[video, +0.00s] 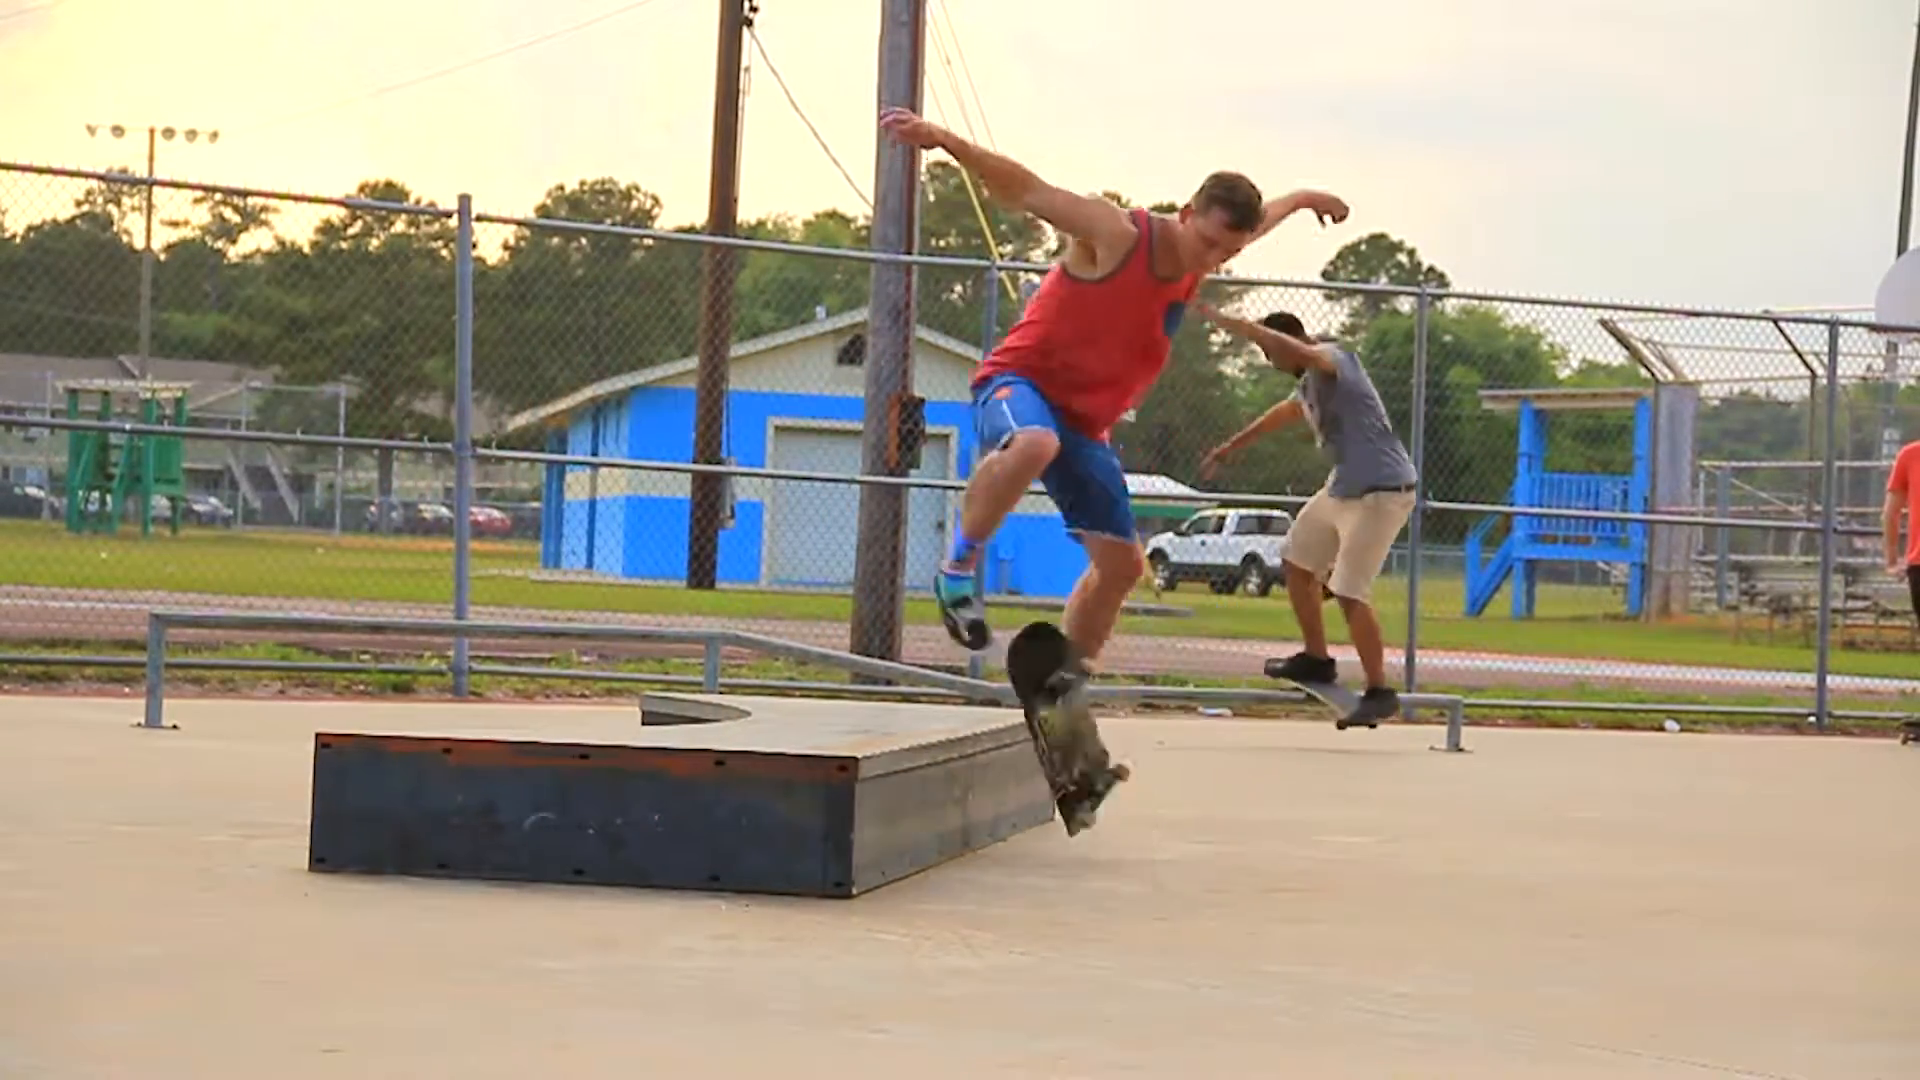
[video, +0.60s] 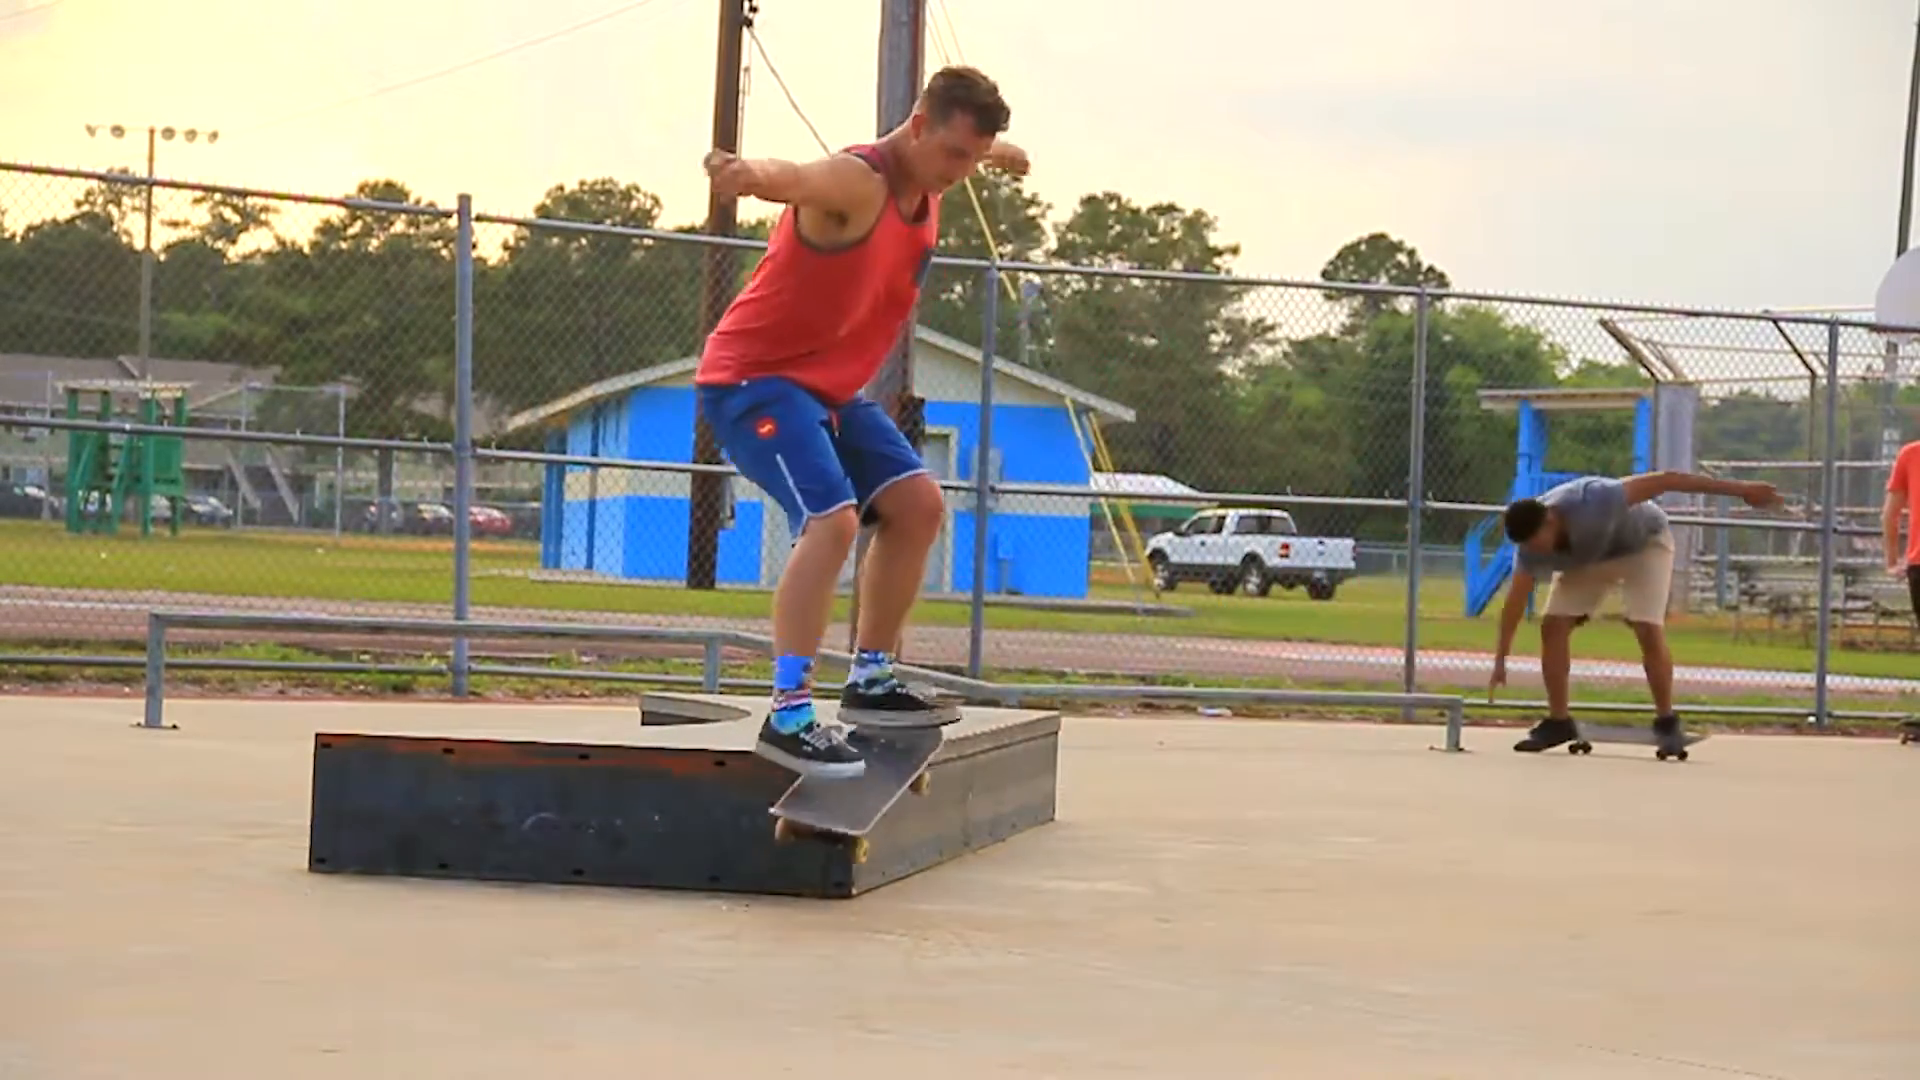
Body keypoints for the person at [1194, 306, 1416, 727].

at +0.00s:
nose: (1269, 362)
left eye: (1270, 352)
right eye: (1265, 355)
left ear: (1290, 341)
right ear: (1289, 344)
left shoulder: (1337, 359)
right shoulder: (1308, 391)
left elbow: (1290, 347)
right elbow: (1278, 415)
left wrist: (1235, 322)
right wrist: (1235, 444)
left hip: (1384, 489)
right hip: (1342, 488)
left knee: (1349, 591)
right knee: (1298, 563)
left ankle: (1378, 690)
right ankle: (1316, 658)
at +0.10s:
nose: (1312, 377)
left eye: (1311, 367)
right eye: (1307, 370)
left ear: (1329, 351)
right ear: (1327, 354)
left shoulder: (1382, 364)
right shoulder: (1340, 392)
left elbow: (1368, 392)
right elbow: (1301, 432)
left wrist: (1302, 406)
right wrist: (1248, 468)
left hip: (1432, 483)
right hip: (1387, 486)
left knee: (1409, 585)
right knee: (1350, 572)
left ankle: (1443, 682)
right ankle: (1372, 662)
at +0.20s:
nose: (1353, 380)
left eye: (1354, 369)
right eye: (1348, 372)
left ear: (1374, 355)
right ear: (1364, 363)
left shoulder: (1424, 372)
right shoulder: (1376, 394)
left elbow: (1440, 430)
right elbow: (1334, 440)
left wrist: (1421, 481)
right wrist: (1281, 480)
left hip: (1477, 481)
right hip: (1431, 487)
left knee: (1473, 586)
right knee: (1400, 568)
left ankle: (1510, 682)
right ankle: (1435, 660)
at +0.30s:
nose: (1391, 404)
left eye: (1391, 396)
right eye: (1386, 400)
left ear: (1409, 377)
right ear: (1396, 389)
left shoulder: (1461, 392)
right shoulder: (1408, 410)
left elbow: (1526, 424)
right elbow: (1368, 451)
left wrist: (1570, 480)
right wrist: (1331, 493)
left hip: (1524, 488)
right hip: (1476, 492)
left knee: (1531, 589)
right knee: (1453, 573)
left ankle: (1570, 683)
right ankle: (1496, 663)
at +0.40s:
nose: (1441, 449)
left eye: (1442, 440)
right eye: (1433, 445)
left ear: (1458, 419)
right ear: (1430, 439)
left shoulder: (1508, 423)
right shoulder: (1433, 454)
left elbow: (1582, 420)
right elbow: (1390, 490)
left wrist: (1654, 438)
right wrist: (1357, 546)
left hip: (1572, 509)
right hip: (1522, 519)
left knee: (1591, 613)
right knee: (1522, 610)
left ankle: (1622, 712)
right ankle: (1533, 703)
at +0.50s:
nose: (1483, 517)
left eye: (1485, 508)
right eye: (1477, 512)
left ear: (1502, 487)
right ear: (1475, 503)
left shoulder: (1544, 475)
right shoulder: (1483, 513)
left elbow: (1615, 448)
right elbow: (1444, 562)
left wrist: (1690, 437)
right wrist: (1409, 607)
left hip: (1619, 533)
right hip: (1566, 545)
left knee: (1630, 630)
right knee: (1542, 624)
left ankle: (1662, 721)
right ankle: (1558, 721)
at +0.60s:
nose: (1537, 552)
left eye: (1539, 544)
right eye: (1530, 549)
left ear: (1551, 520)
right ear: (1521, 541)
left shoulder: (1596, 498)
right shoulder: (1531, 546)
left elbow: (1669, 480)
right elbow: (1515, 600)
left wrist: (1744, 490)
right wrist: (1500, 659)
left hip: (1643, 543)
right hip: (1585, 558)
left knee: (1647, 627)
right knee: (1553, 626)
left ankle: (1667, 723)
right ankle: (1558, 720)